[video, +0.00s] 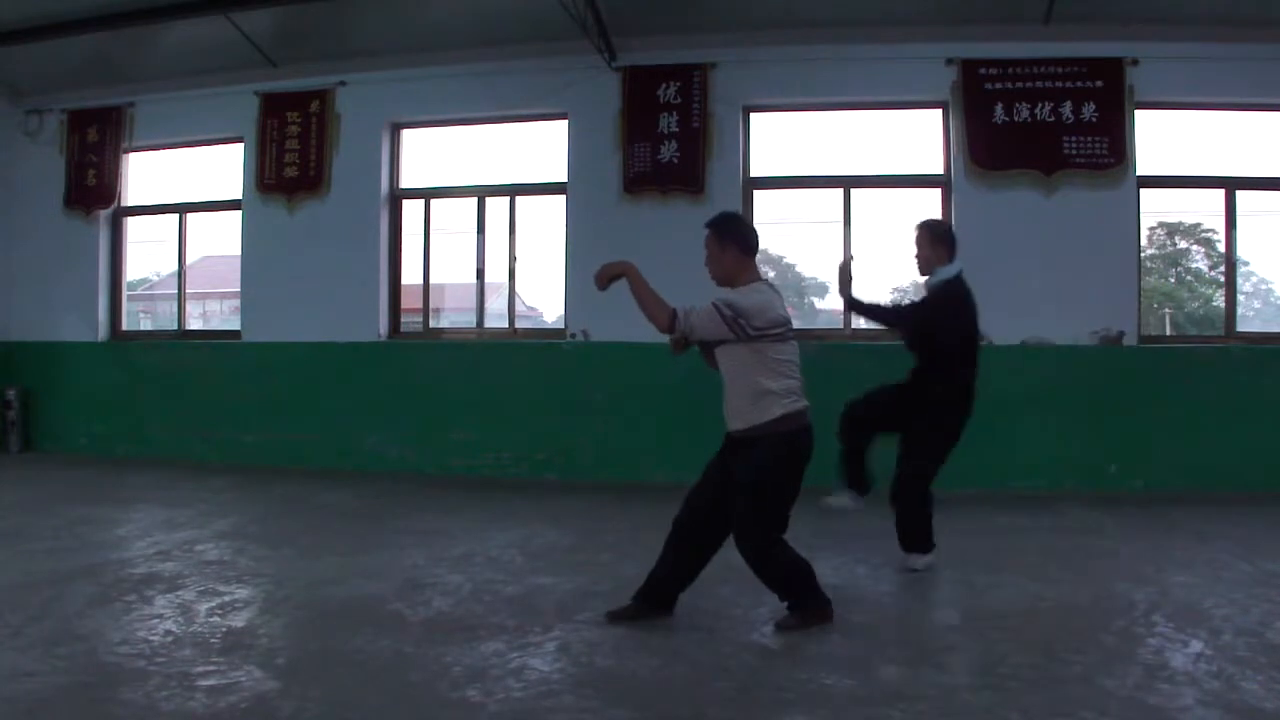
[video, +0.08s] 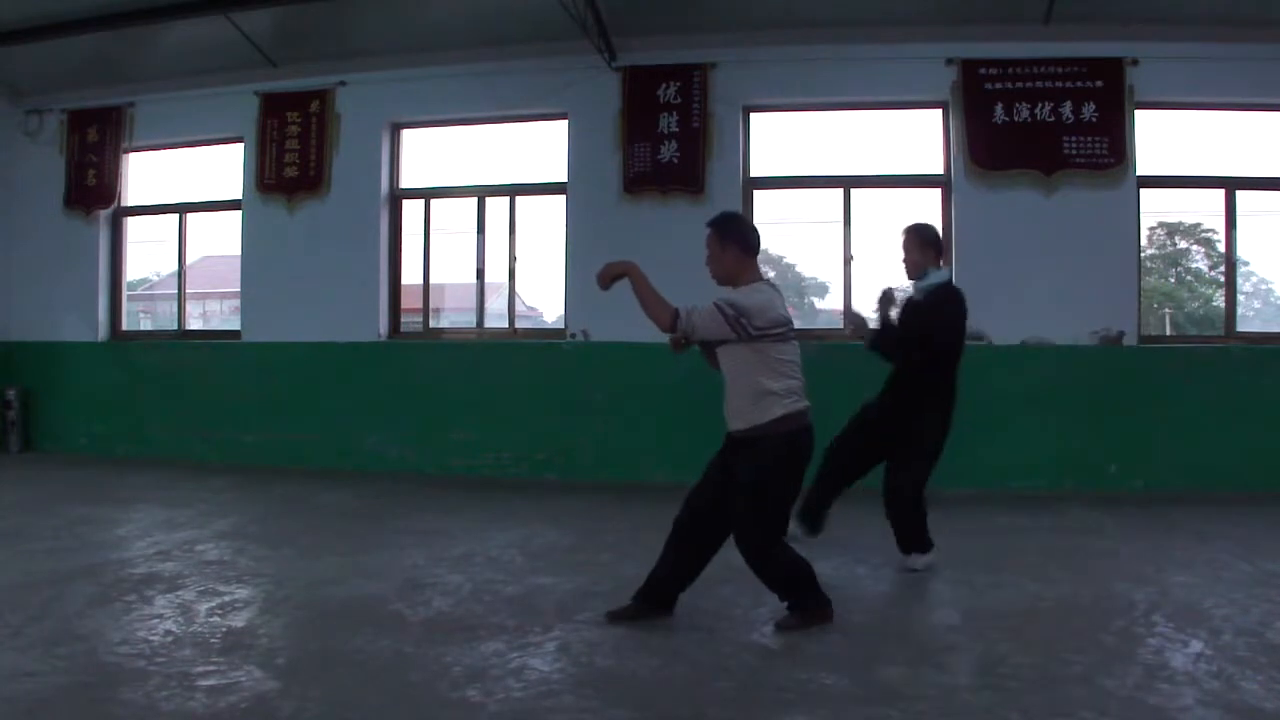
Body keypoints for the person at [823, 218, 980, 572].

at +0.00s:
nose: (916, 253)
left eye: (921, 246)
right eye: (917, 246)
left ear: (938, 249)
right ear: (943, 249)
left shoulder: (949, 294)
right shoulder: (945, 291)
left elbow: (906, 320)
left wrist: (850, 301)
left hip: (940, 402)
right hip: (931, 394)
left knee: (911, 477)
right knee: (858, 415)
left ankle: (919, 551)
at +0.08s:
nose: (904, 259)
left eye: (909, 251)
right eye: (904, 252)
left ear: (930, 253)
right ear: (931, 254)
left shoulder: (938, 299)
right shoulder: (932, 295)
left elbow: (904, 351)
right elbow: (904, 348)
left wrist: (873, 329)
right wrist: (881, 324)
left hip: (918, 409)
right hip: (908, 403)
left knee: (903, 482)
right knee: (843, 454)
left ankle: (918, 554)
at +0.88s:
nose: (814, 280)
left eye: (818, 273)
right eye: (814, 274)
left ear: (836, 273)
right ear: (842, 273)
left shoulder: (847, 317)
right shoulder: (847, 312)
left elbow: (792, 332)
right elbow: (837, 360)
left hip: (872, 430)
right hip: (844, 426)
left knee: (857, 513)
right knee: (791, 487)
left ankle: (906, 549)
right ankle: (760, 547)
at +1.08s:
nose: (815, 275)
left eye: (820, 268)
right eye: (815, 268)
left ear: (839, 268)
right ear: (843, 269)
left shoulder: (850, 314)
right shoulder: (849, 308)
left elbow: (791, 329)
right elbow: (846, 358)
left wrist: (755, 296)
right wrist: (812, 352)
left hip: (871, 426)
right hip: (847, 421)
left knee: (859, 508)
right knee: (795, 486)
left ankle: (906, 549)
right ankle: (757, 550)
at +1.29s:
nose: (816, 273)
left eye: (821, 265)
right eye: (816, 265)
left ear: (842, 266)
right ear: (843, 267)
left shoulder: (850, 312)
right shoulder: (852, 307)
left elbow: (794, 328)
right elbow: (845, 356)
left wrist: (755, 294)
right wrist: (811, 350)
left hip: (868, 424)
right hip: (849, 418)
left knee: (860, 502)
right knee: (798, 484)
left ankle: (907, 549)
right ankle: (759, 551)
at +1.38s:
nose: (817, 270)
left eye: (821, 263)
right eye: (817, 263)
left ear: (842, 264)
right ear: (844, 265)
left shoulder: (850, 310)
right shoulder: (853, 305)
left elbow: (794, 326)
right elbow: (846, 355)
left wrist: (755, 293)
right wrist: (812, 349)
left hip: (867, 422)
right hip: (850, 416)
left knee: (861, 499)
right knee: (799, 483)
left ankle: (907, 549)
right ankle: (764, 548)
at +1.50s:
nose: (817, 268)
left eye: (822, 261)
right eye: (817, 261)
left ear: (842, 262)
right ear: (844, 263)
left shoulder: (850, 308)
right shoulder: (851, 302)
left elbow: (795, 325)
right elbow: (845, 352)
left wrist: (755, 292)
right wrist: (811, 347)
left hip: (869, 420)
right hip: (847, 415)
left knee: (861, 496)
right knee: (800, 481)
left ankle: (907, 548)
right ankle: (765, 546)